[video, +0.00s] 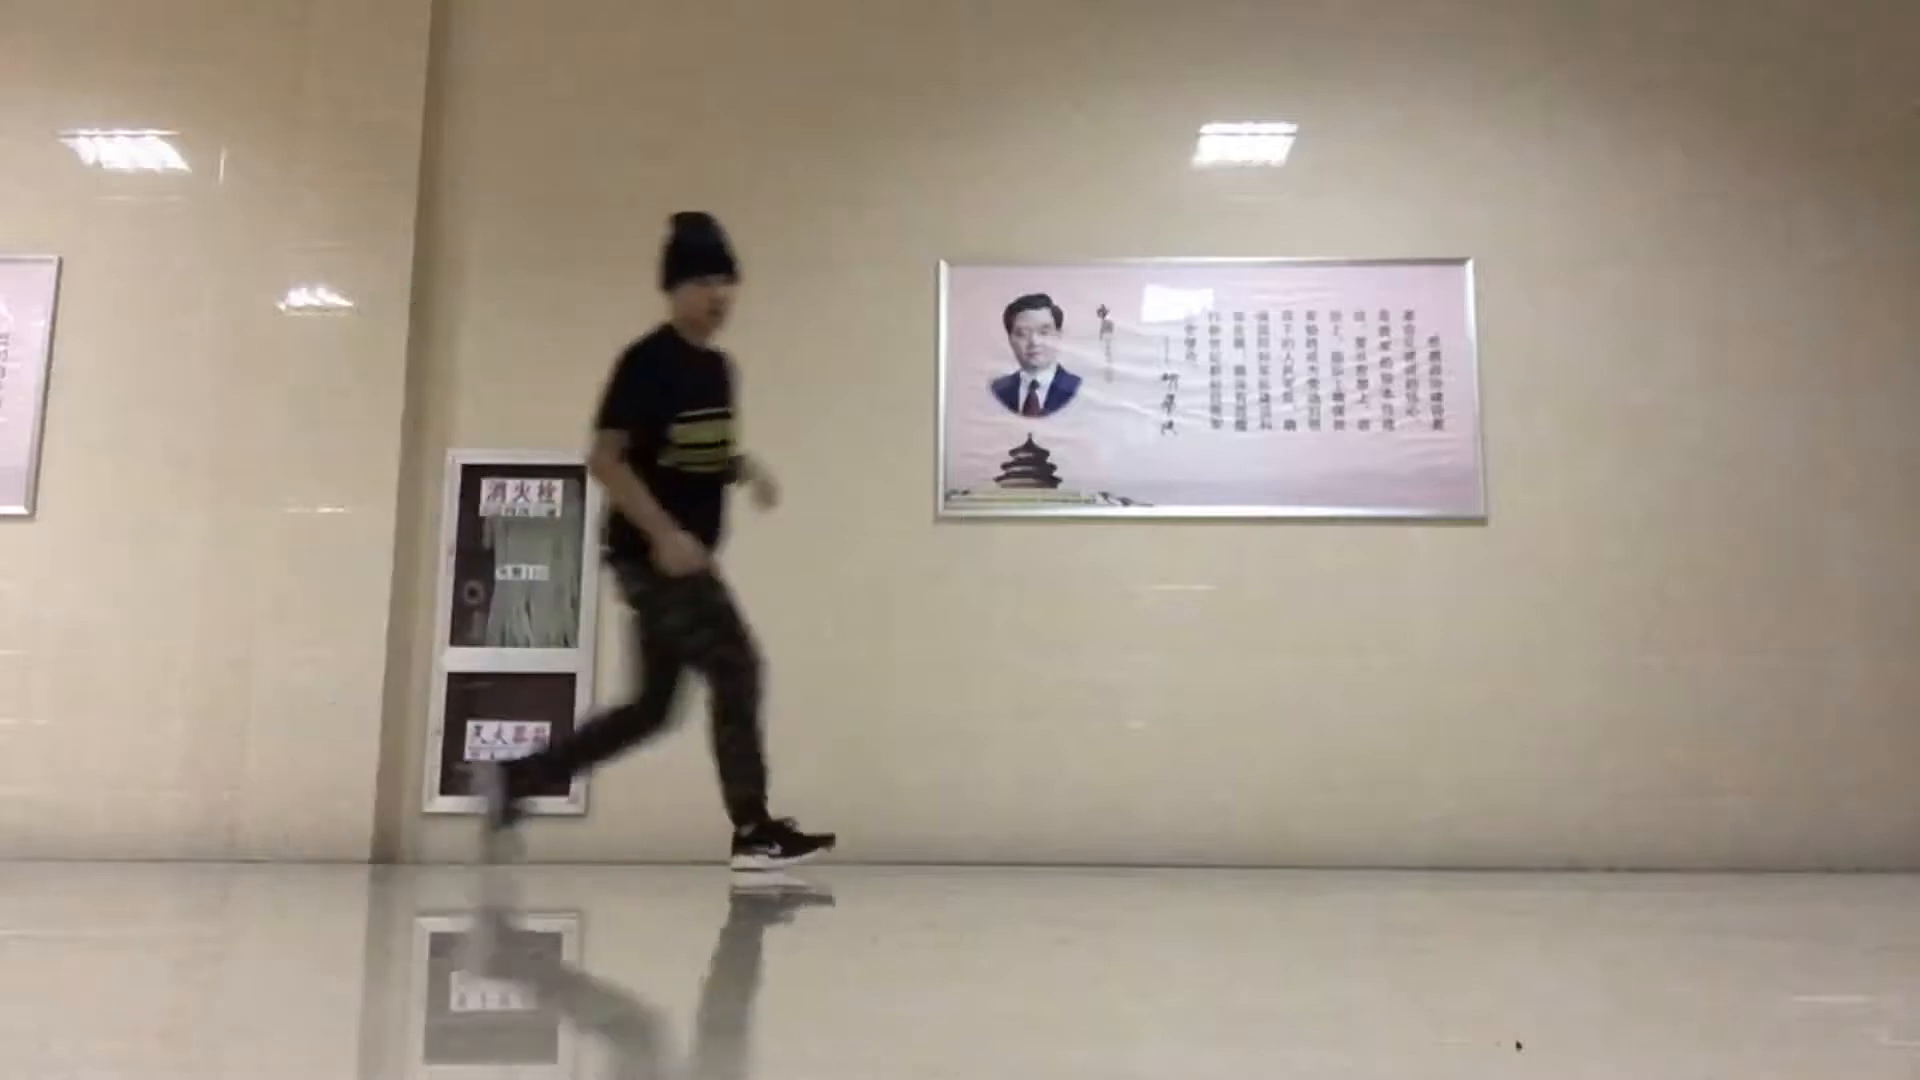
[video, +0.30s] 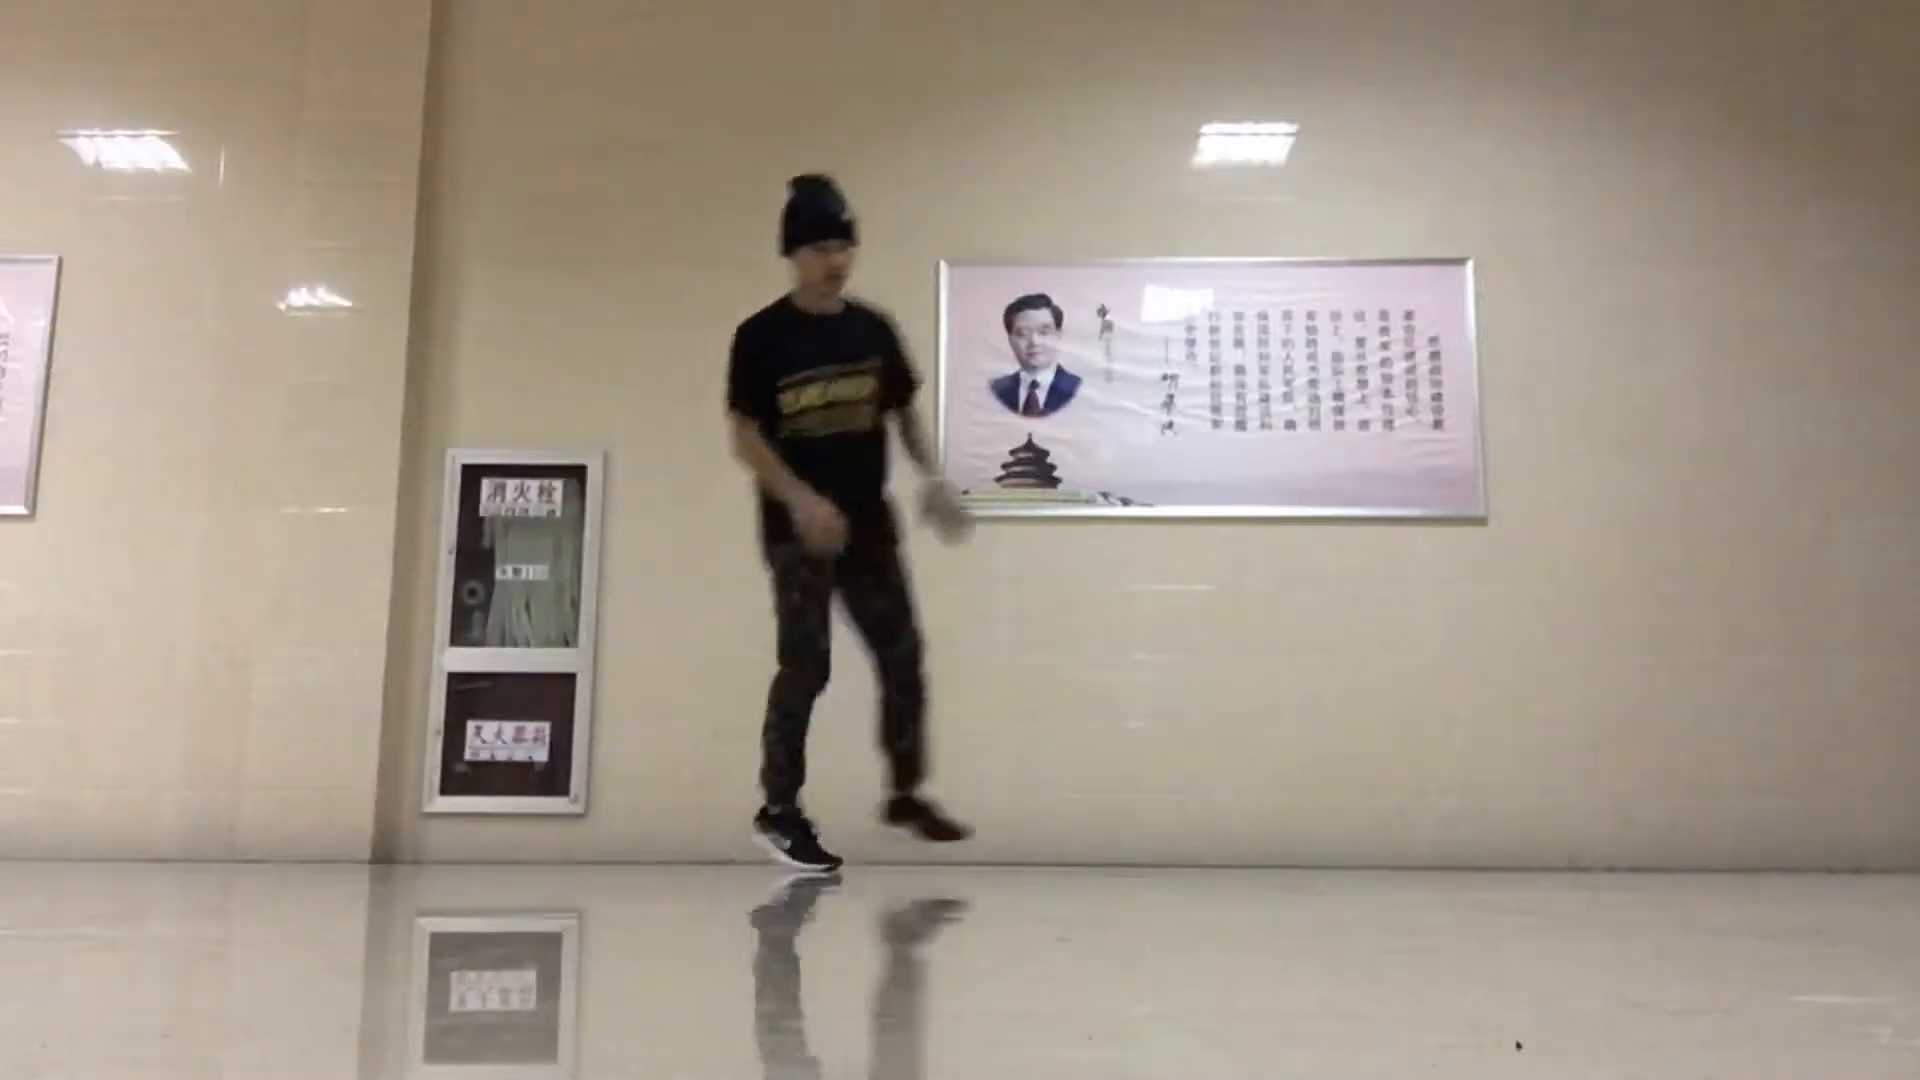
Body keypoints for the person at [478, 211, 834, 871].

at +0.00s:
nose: (717, 296)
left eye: (725, 282)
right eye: (702, 283)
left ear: (735, 288)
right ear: (672, 287)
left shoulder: (718, 368)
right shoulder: (646, 361)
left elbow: (706, 446)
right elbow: (606, 460)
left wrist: (745, 473)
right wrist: (664, 532)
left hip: (682, 553)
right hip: (651, 554)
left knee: (653, 707)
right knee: (735, 668)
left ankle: (521, 778)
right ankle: (752, 826)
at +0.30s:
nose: (838, 259)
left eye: (845, 246)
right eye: (823, 247)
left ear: (854, 250)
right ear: (793, 253)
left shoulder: (874, 329)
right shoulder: (760, 338)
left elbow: (904, 409)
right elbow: (745, 438)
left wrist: (931, 477)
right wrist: (802, 500)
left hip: (867, 515)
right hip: (795, 520)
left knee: (901, 653)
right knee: (804, 666)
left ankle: (905, 793)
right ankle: (779, 810)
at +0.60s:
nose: (940, 309)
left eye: (952, 296)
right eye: (926, 297)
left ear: (968, 303)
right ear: (904, 304)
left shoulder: (999, 382)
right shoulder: (879, 390)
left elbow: (1052, 463)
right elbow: (855, 486)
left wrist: (1116, 523)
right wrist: (876, 498)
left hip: (980, 564)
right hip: (911, 564)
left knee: (953, 702)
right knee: (922, 715)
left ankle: (952, 826)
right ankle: (1011, 763)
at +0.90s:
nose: (1031, 323)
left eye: (1042, 309)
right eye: (1018, 311)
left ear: (1063, 313)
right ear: (1003, 322)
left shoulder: (1103, 385)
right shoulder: (1000, 398)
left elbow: (1121, 479)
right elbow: (989, 490)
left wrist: (1066, 512)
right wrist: (970, 570)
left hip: (1090, 565)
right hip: (1025, 569)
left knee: (1058, 681)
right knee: (1037, 707)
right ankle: (1083, 822)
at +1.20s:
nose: (1150, 290)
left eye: (1161, 278)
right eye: (1139, 279)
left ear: (1177, 282)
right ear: (1120, 285)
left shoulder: (1210, 350)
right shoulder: (1102, 366)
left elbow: (1245, 438)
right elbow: (1101, 451)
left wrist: (1174, 466)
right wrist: (1092, 521)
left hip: (1213, 540)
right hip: (1141, 546)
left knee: (1264, 667)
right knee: (1127, 685)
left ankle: (1294, 781)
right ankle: (1127, 811)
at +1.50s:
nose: (1274, 304)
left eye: (1282, 292)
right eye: (1260, 292)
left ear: (1292, 296)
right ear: (1232, 297)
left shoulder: (1318, 371)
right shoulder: (1197, 384)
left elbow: (1352, 448)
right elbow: (1181, 473)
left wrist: (1360, 519)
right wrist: (1201, 547)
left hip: (1317, 558)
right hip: (1248, 564)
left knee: (1325, 696)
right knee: (1260, 691)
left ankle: (1310, 819)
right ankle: (1251, 804)